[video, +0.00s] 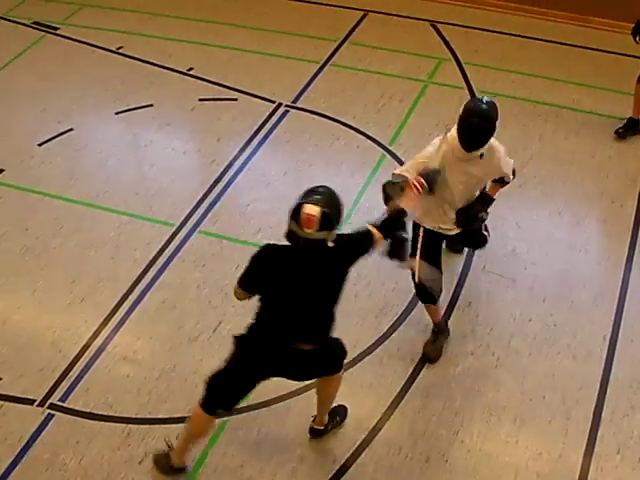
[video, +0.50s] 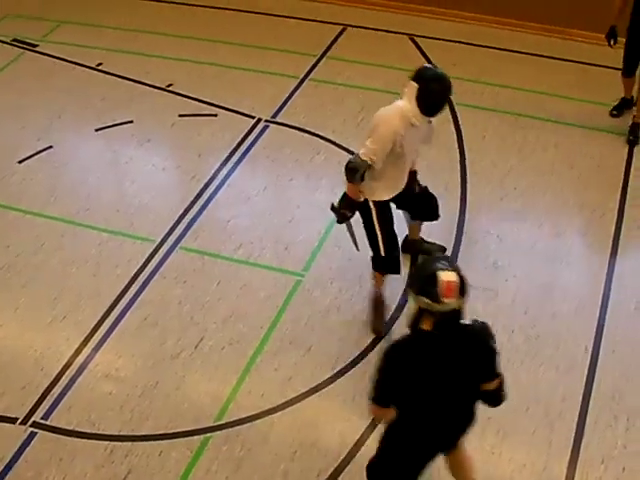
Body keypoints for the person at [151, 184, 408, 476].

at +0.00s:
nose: (308, 216)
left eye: (311, 213)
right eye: (311, 211)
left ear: (294, 220)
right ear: (332, 226)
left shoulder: (271, 255)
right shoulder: (341, 252)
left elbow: (241, 293)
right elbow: (380, 230)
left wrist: (274, 275)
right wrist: (401, 206)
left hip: (258, 354)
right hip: (305, 361)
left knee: (214, 397)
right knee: (334, 352)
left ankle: (178, 459)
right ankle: (321, 421)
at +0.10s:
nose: (338, 223)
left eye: (336, 218)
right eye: (345, 219)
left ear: (319, 222)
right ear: (359, 230)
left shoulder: (296, 259)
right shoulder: (367, 264)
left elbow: (256, 301)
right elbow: (425, 291)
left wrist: (293, 281)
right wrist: (436, 245)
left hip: (294, 354)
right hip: (340, 358)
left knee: (258, 417)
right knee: (340, 373)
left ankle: (242, 475)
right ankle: (322, 422)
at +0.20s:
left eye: (346, 222)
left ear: (342, 230)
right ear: (382, 238)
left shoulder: (315, 266)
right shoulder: (386, 278)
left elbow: (271, 305)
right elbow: (435, 330)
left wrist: (304, 287)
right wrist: (472, 284)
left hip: (322, 358)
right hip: (367, 356)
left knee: (306, 434)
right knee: (344, 386)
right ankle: (330, 419)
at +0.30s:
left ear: (361, 249)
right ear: (404, 257)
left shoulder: (335, 289)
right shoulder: (409, 299)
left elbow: (293, 334)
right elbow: (443, 364)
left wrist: (321, 315)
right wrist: (485, 325)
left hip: (349, 385)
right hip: (393, 380)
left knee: (354, 454)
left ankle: (358, 465)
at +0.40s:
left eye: (383, 274)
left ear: (385, 280)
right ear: (429, 282)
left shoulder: (364, 324)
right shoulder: (441, 326)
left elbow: (330, 375)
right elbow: (464, 389)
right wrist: (490, 351)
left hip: (379, 414)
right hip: (422, 408)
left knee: (378, 469)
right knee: (406, 430)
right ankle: (400, 467)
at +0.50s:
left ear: (418, 299)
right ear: (462, 296)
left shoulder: (401, 352)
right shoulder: (477, 339)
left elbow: (381, 410)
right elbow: (494, 395)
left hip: (412, 435)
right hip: (457, 426)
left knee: (381, 473)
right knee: (454, 446)